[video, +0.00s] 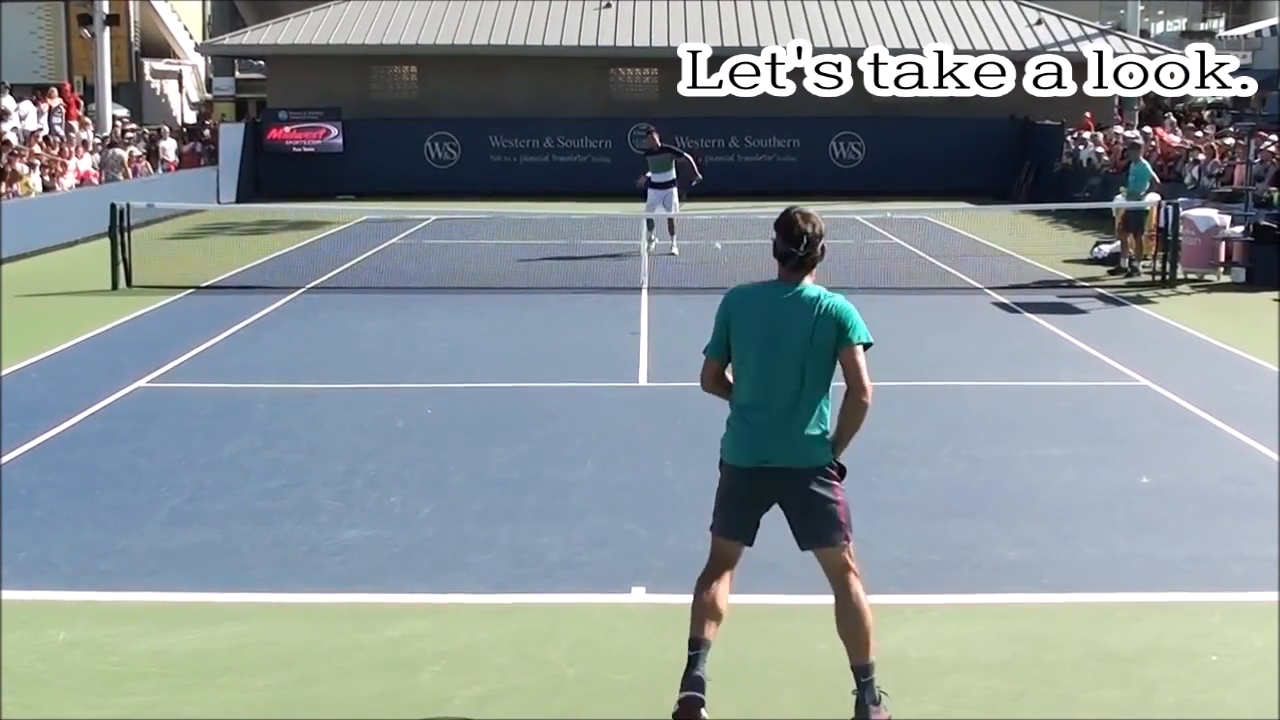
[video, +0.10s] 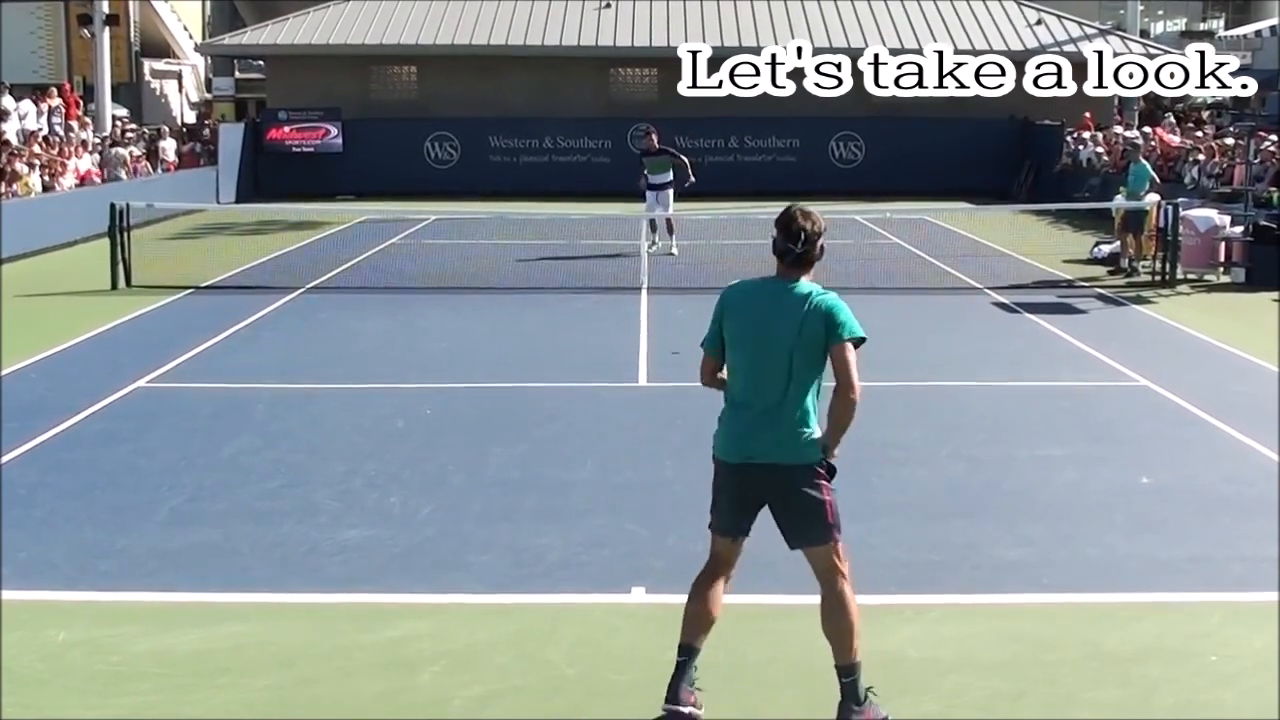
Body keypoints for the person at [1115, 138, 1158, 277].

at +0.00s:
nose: (1129, 154)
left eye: (1132, 151)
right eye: (1129, 151)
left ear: (1138, 152)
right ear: (1130, 152)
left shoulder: (1145, 166)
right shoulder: (1132, 165)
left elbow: (1156, 182)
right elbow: (1134, 182)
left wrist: (1144, 193)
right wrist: (1126, 191)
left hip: (1140, 206)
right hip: (1129, 204)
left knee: (1138, 236)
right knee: (1123, 234)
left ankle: (1137, 265)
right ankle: (1123, 263)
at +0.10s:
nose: (1128, 154)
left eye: (1130, 151)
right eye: (1128, 151)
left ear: (1137, 151)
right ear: (1130, 152)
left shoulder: (1145, 166)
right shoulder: (1131, 165)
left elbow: (1156, 182)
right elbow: (1133, 182)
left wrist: (1146, 194)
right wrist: (1126, 191)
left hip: (1140, 206)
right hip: (1129, 205)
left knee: (1137, 236)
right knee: (1122, 234)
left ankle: (1137, 265)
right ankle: (1123, 264)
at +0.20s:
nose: (1128, 155)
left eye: (1131, 152)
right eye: (1128, 152)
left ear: (1137, 153)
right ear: (1129, 153)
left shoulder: (1144, 166)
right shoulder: (1131, 165)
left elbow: (1156, 182)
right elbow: (1132, 183)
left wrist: (1144, 194)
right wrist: (1126, 191)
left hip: (1140, 206)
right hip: (1129, 204)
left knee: (1137, 236)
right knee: (1122, 234)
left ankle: (1136, 266)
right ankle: (1123, 264)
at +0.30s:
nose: (1129, 155)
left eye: (1131, 152)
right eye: (1128, 152)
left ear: (1138, 153)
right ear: (1128, 154)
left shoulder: (1144, 166)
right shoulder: (1131, 166)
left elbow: (1156, 182)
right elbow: (1133, 183)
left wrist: (1144, 195)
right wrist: (1126, 192)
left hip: (1140, 206)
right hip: (1129, 204)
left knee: (1137, 236)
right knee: (1122, 234)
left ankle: (1136, 266)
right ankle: (1123, 265)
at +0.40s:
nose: (1128, 154)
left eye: (1131, 151)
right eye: (1128, 152)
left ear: (1138, 152)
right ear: (1128, 153)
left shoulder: (1144, 166)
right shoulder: (1131, 166)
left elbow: (1156, 182)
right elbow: (1132, 183)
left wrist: (1144, 194)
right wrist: (1126, 191)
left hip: (1140, 206)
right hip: (1129, 204)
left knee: (1137, 236)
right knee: (1122, 234)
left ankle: (1136, 266)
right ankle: (1122, 265)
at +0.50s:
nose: (1128, 154)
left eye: (1131, 151)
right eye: (1128, 151)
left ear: (1138, 152)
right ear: (1128, 153)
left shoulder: (1144, 166)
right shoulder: (1130, 165)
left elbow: (1156, 182)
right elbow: (1131, 183)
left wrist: (1144, 194)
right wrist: (1125, 191)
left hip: (1138, 205)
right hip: (1128, 204)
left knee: (1136, 235)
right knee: (1121, 234)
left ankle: (1136, 266)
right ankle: (1122, 264)